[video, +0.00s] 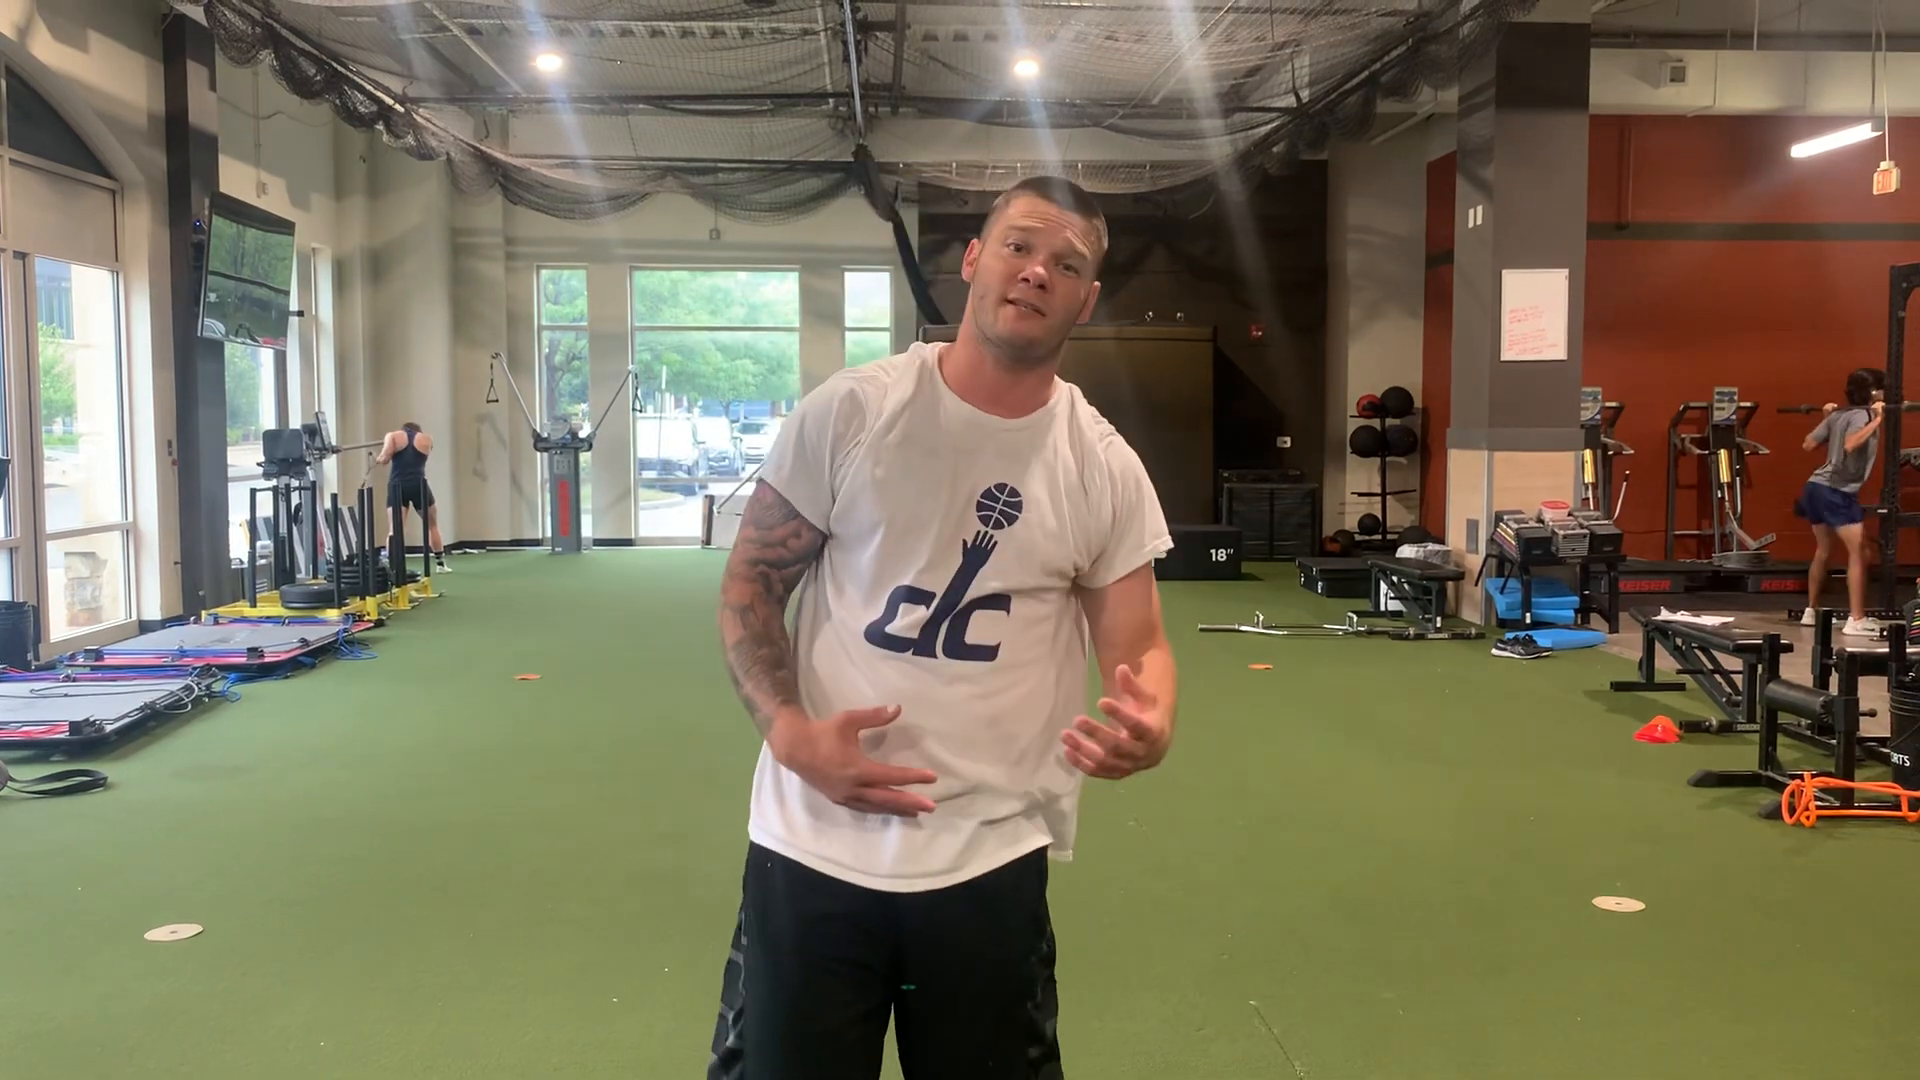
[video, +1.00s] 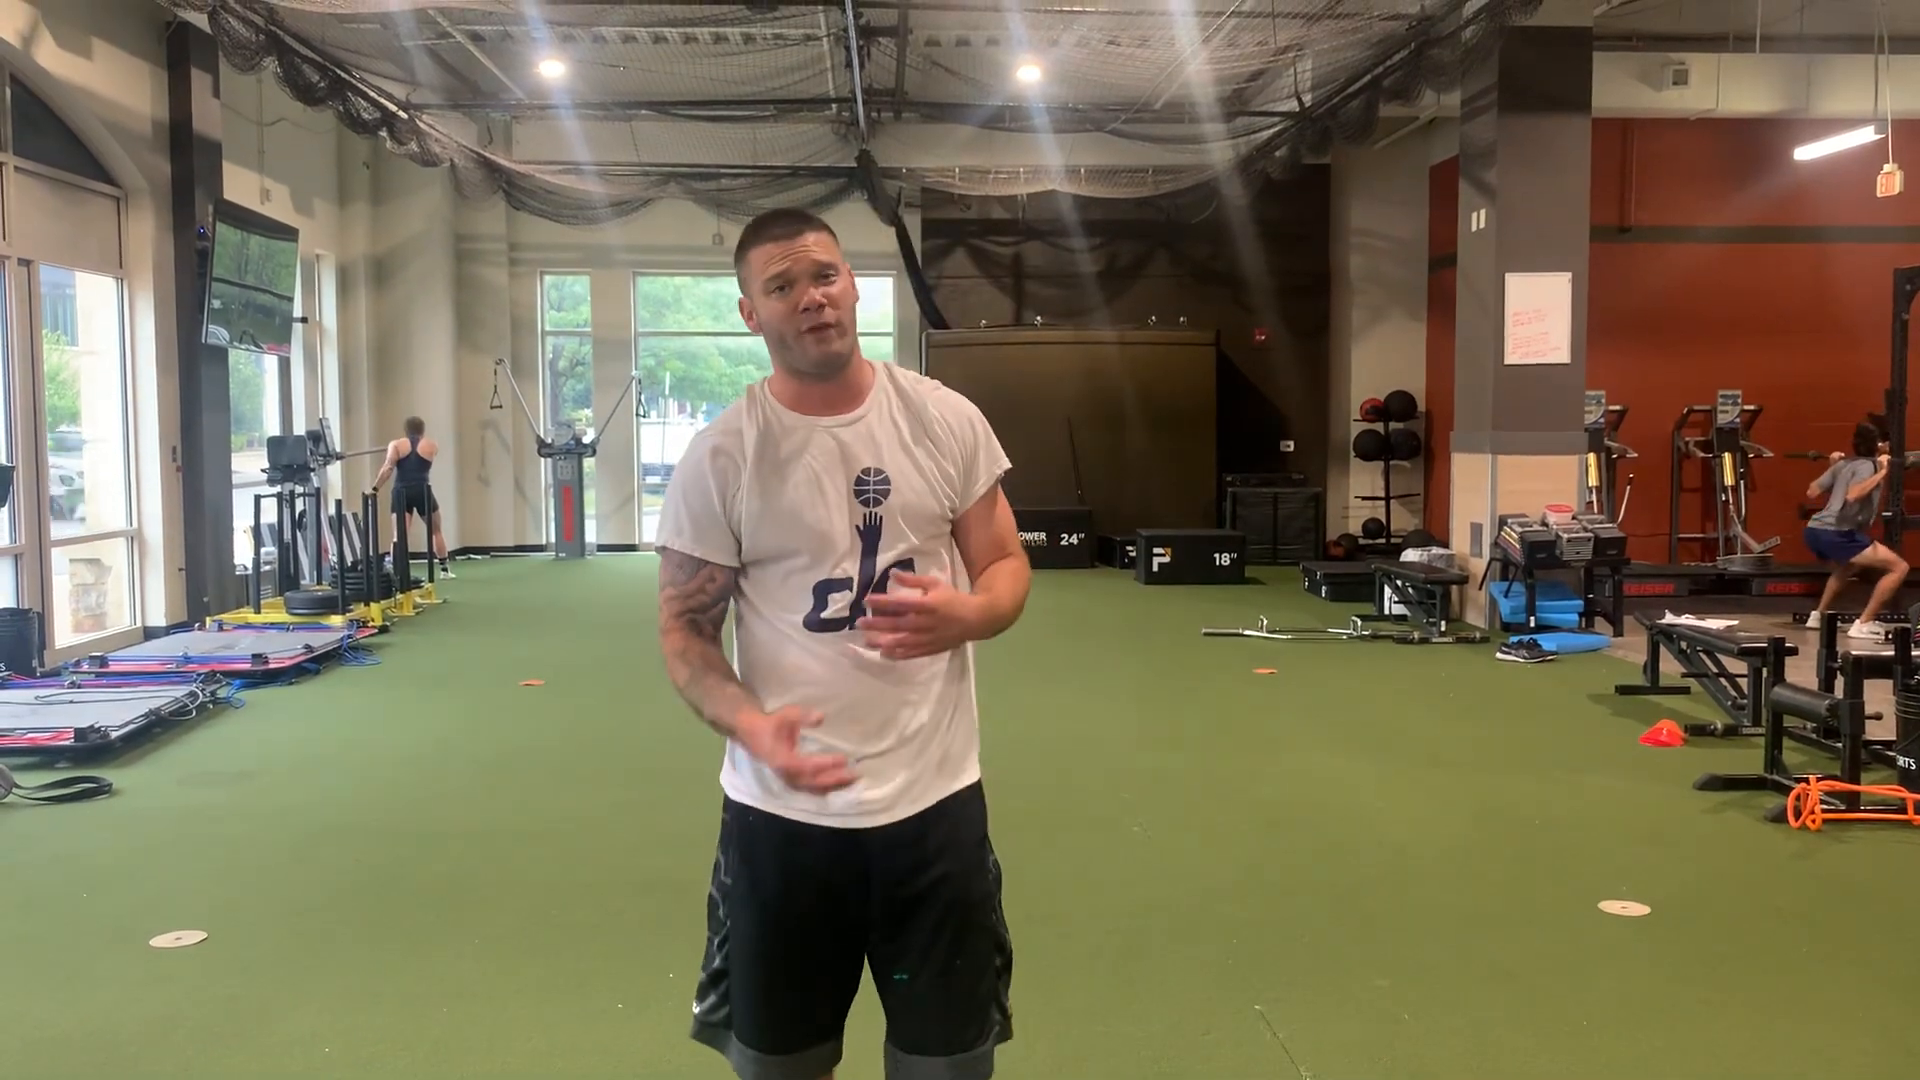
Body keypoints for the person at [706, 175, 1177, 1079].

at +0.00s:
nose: (1036, 273)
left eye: (1065, 264)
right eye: (1018, 246)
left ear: (1088, 304)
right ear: (970, 263)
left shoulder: (1102, 468)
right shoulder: (847, 414)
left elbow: (1138, 649)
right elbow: (749, 587)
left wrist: (1142, 732)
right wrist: (786, 726)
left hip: (985, 867)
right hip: (814, 854)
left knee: (997, 1067)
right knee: (781, 1066)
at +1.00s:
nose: (813, 298)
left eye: (824, 274)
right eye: (784, 287)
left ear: (853, 286)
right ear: (752, 316)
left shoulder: (947, 421)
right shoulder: (722, 456)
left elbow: (1007, 565)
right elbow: (686, 634)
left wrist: (974, 615)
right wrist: (752, 721)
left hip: (934, 805)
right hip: (784, 818)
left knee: (949, 1060)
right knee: (779, 1061)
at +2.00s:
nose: (911, 316)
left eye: (931, 309)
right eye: (898, 298)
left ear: (947, 336)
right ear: (861, 311)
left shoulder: (975, 450)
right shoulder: (783, 427)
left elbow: (990, 583)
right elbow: (714, 567)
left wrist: (943, 636)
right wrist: (771, 556)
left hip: (917, 740)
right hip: (789, 737)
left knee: (910, 969)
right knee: (771, 967)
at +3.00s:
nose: (837, 327)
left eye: (853, 319)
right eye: (823, 314)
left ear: (871, 342)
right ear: (795, 332)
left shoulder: (916, 431)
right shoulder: (755, 441)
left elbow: (955, 542)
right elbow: (711, 568)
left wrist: (909, 584)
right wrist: (761, 565)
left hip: (886, 697)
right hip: (782, 698)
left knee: (884, 881)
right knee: (766, 884)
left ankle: (872, 1027)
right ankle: (764, 1066)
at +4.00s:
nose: (878, 349)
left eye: (891, 339)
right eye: (864, 336)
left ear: (907, 350)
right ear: (837, 344)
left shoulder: (944, 429)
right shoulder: (798, 443)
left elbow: (981, 530)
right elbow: (768, 554)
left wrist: (992, 619)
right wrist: (831, 562)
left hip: (920, 663)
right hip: (830, 669)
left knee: (908, 830)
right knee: (843, 824)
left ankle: (887, 1007)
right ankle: (868, 964)